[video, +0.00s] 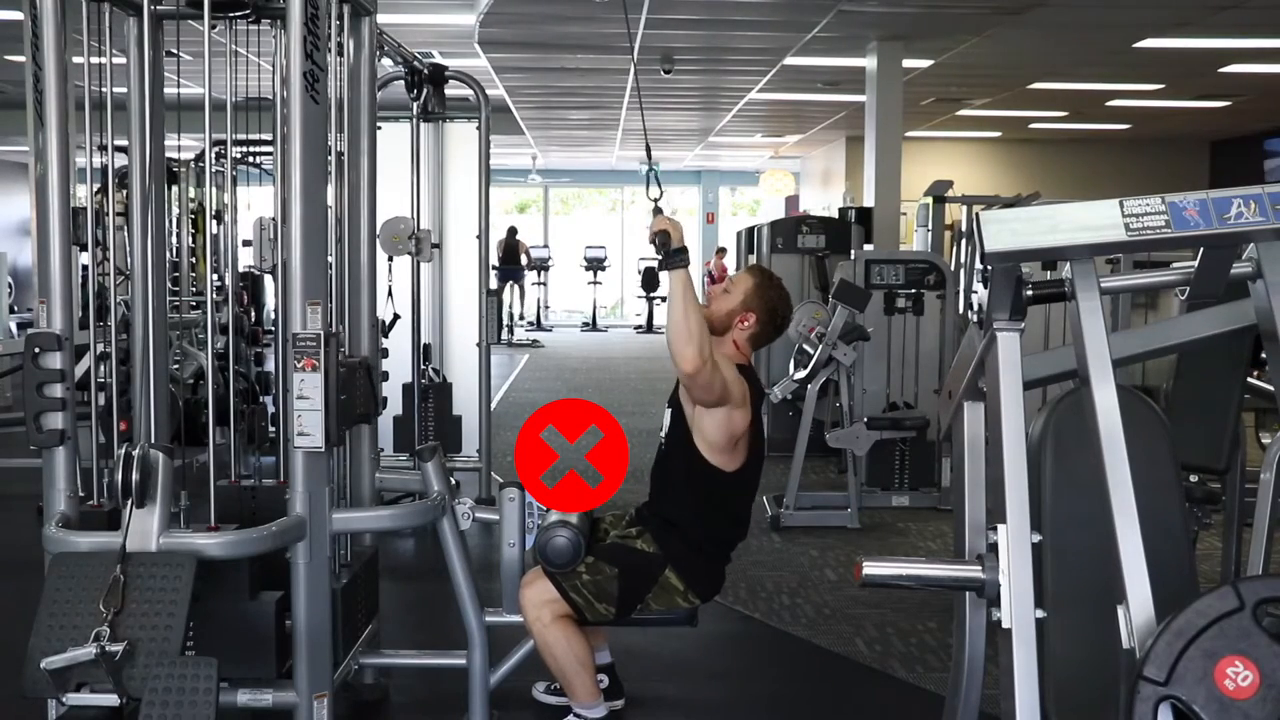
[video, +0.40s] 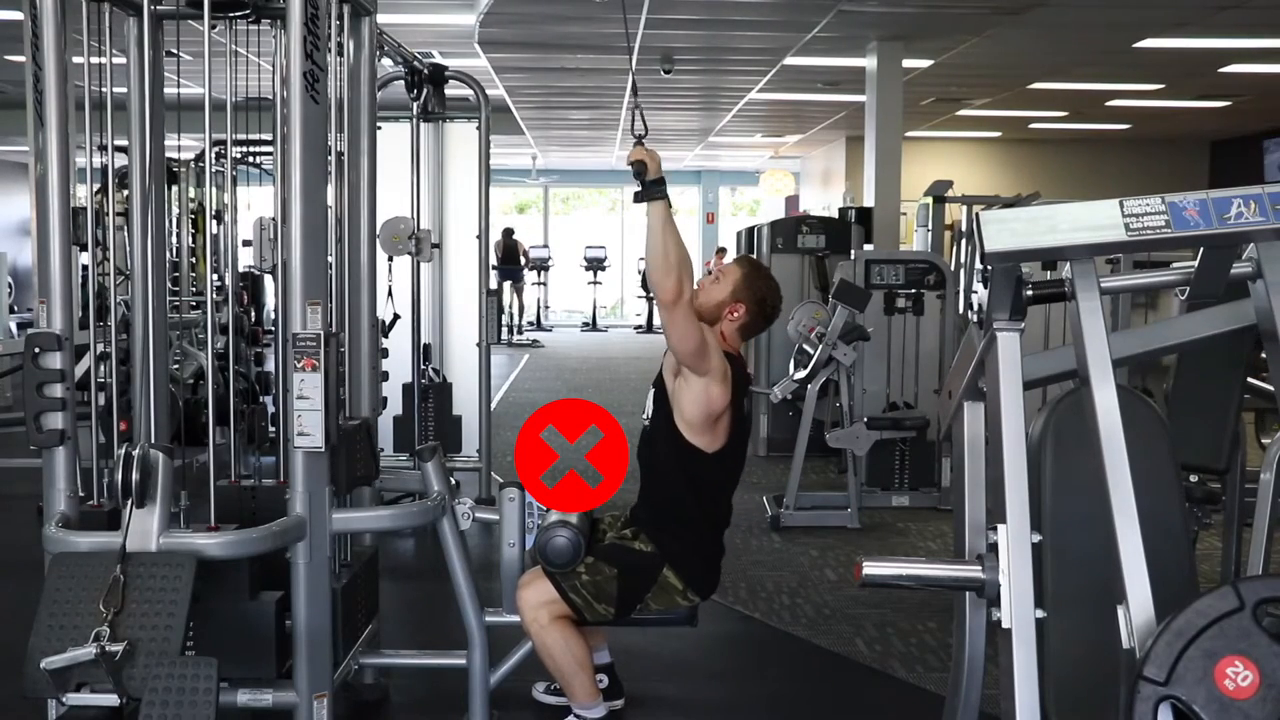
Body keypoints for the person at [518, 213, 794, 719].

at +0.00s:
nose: (711, 287)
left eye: (725, 287)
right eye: (721, 281)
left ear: (743, 322)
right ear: (744, 324)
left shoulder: (726, 383)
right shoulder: (722, 362)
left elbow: (691, 363)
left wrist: (676, 257)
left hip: (681, 562)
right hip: (658, 527)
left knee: (538, 595)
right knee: (558, 540)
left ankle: (589, 710)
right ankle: (598, 672)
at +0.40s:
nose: (703, 275)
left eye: (717, 275)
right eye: (714, 269)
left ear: (733, 314)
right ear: (733, 317)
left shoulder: (707, 367)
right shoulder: (707, 356)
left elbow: (670, 290)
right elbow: (673, 287)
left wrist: (653, 186)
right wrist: (656, 200)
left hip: (675, 560)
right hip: (660, 535)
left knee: (535, 596)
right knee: (553, 546)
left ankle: (589, 710)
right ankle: (593, 671)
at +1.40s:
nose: (707, 277)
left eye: (720, 278)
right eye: (716, 273)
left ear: (735, 317)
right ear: (735, 320)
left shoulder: (708, 377)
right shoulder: (709, 364)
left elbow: (671, 315)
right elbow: (672, 307)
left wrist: (659, 209)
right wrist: (657, 219)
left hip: (675, 562)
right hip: (660, 535)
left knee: (536, 595)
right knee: (553, 546)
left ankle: (589, 708)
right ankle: (593, 671)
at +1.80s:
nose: (712, 288)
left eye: (724, 287)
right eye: (720, 282)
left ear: (738, 323)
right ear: (740, 326)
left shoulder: (733, 393)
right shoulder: (716, 367)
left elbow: (694, 406)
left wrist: (679, 294)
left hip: (678, 562)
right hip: (656, 528)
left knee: (539, 595)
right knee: (556, 542)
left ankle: (589, 712)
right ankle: (597, 673)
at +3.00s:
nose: (708, 276)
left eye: (722, 277)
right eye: (717, 271)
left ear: (736, 316)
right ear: (735, 318)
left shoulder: (714, 375)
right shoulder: (706, 360)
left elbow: (676, 312)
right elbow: (679, 307)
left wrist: (659, 209)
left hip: (675, 565)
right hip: (655, 534)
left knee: (536, 596)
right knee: (553, 545)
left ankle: (589, 709)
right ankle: (594, 671)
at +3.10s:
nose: (708, 269)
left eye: (721, 272)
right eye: (719, 266)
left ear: (732, 314)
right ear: (733, 316)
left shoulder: (707, 369)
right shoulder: (702, 356)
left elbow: (671, 293)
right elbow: (672, 290)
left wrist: (657, 192)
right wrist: (656, 201)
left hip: (674, 564)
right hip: (657, 537)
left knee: (536, 596)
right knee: (553, 544)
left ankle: (590, 710)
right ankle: (593, 671)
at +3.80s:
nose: (722, 280)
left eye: (738, 280)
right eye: (733, 273)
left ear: (754, 315)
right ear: (755, 318)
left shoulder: (723, 367)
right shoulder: (720, 354)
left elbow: (683, 291)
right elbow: (687, 289)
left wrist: (665, 192)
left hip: (671, 560)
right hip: (653, 533)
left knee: (533, 597)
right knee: (555, 545)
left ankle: (589, 710)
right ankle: (594, 671)